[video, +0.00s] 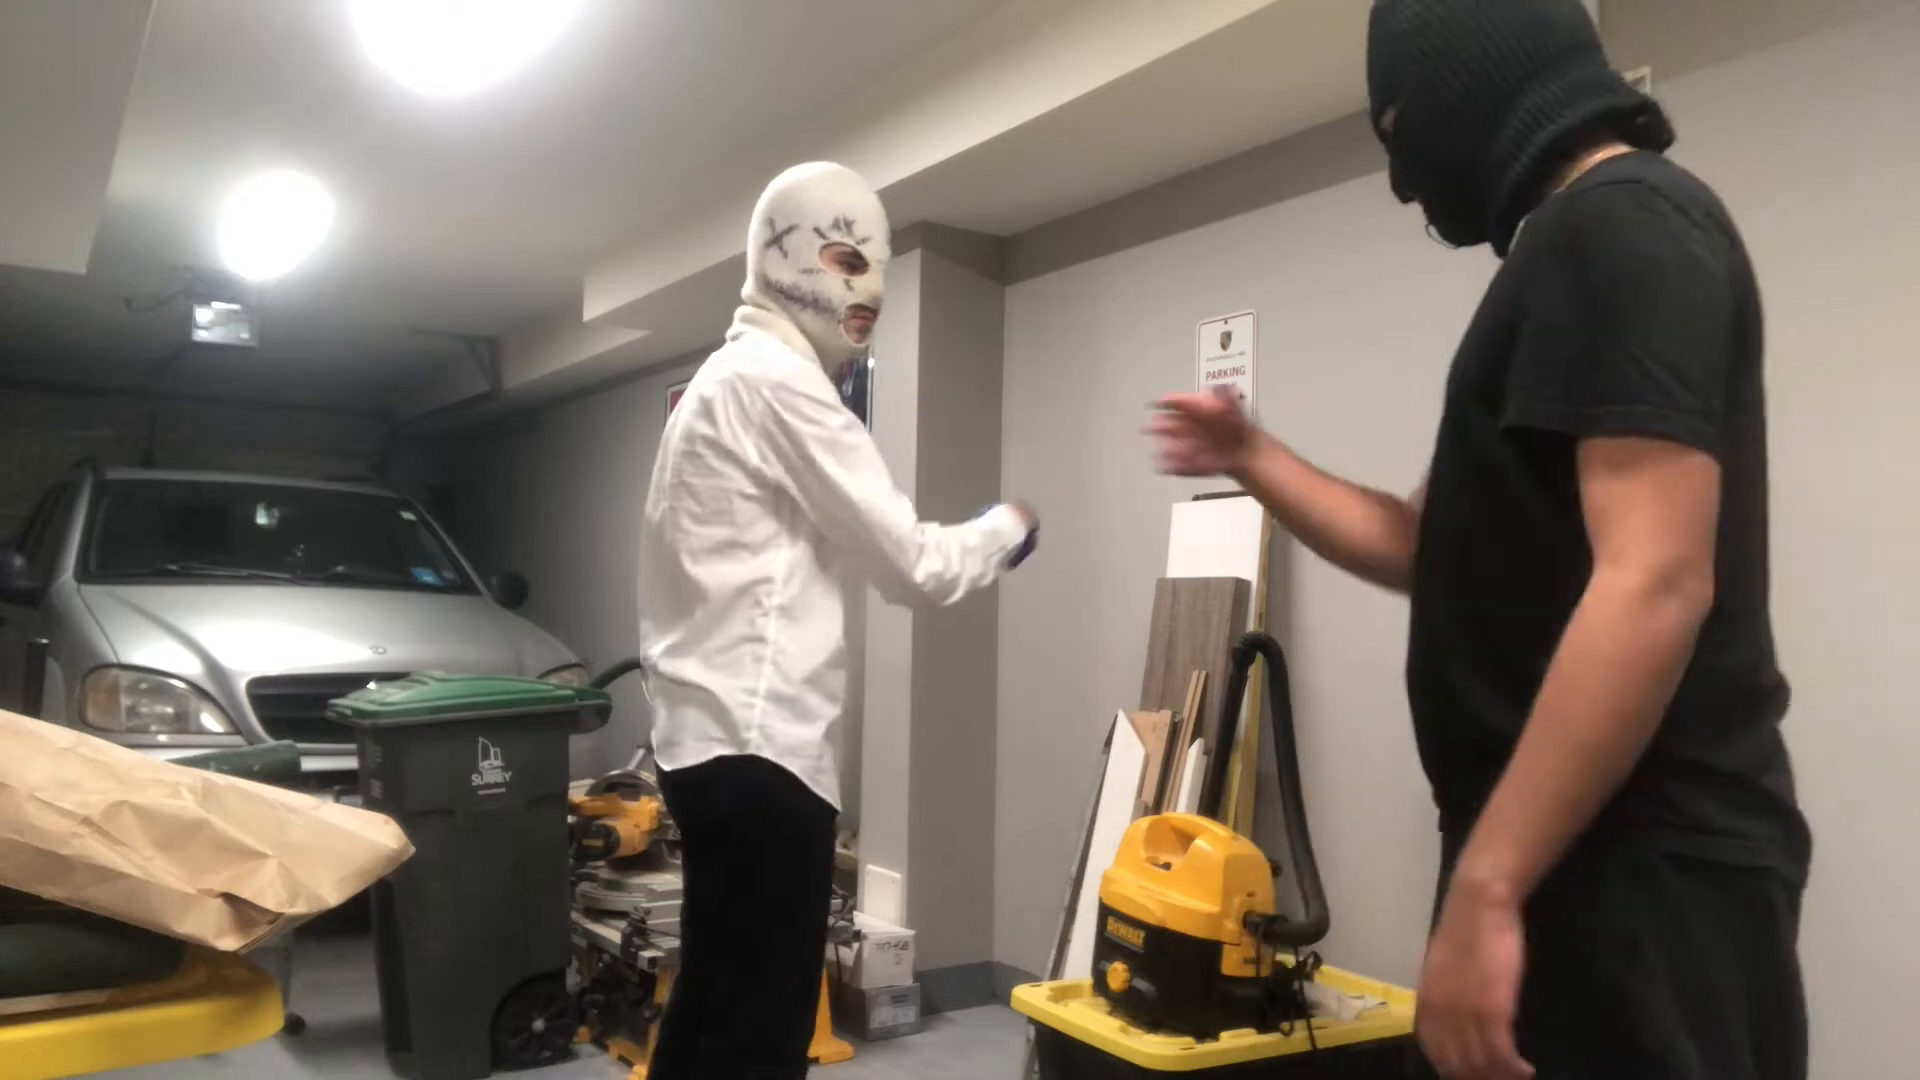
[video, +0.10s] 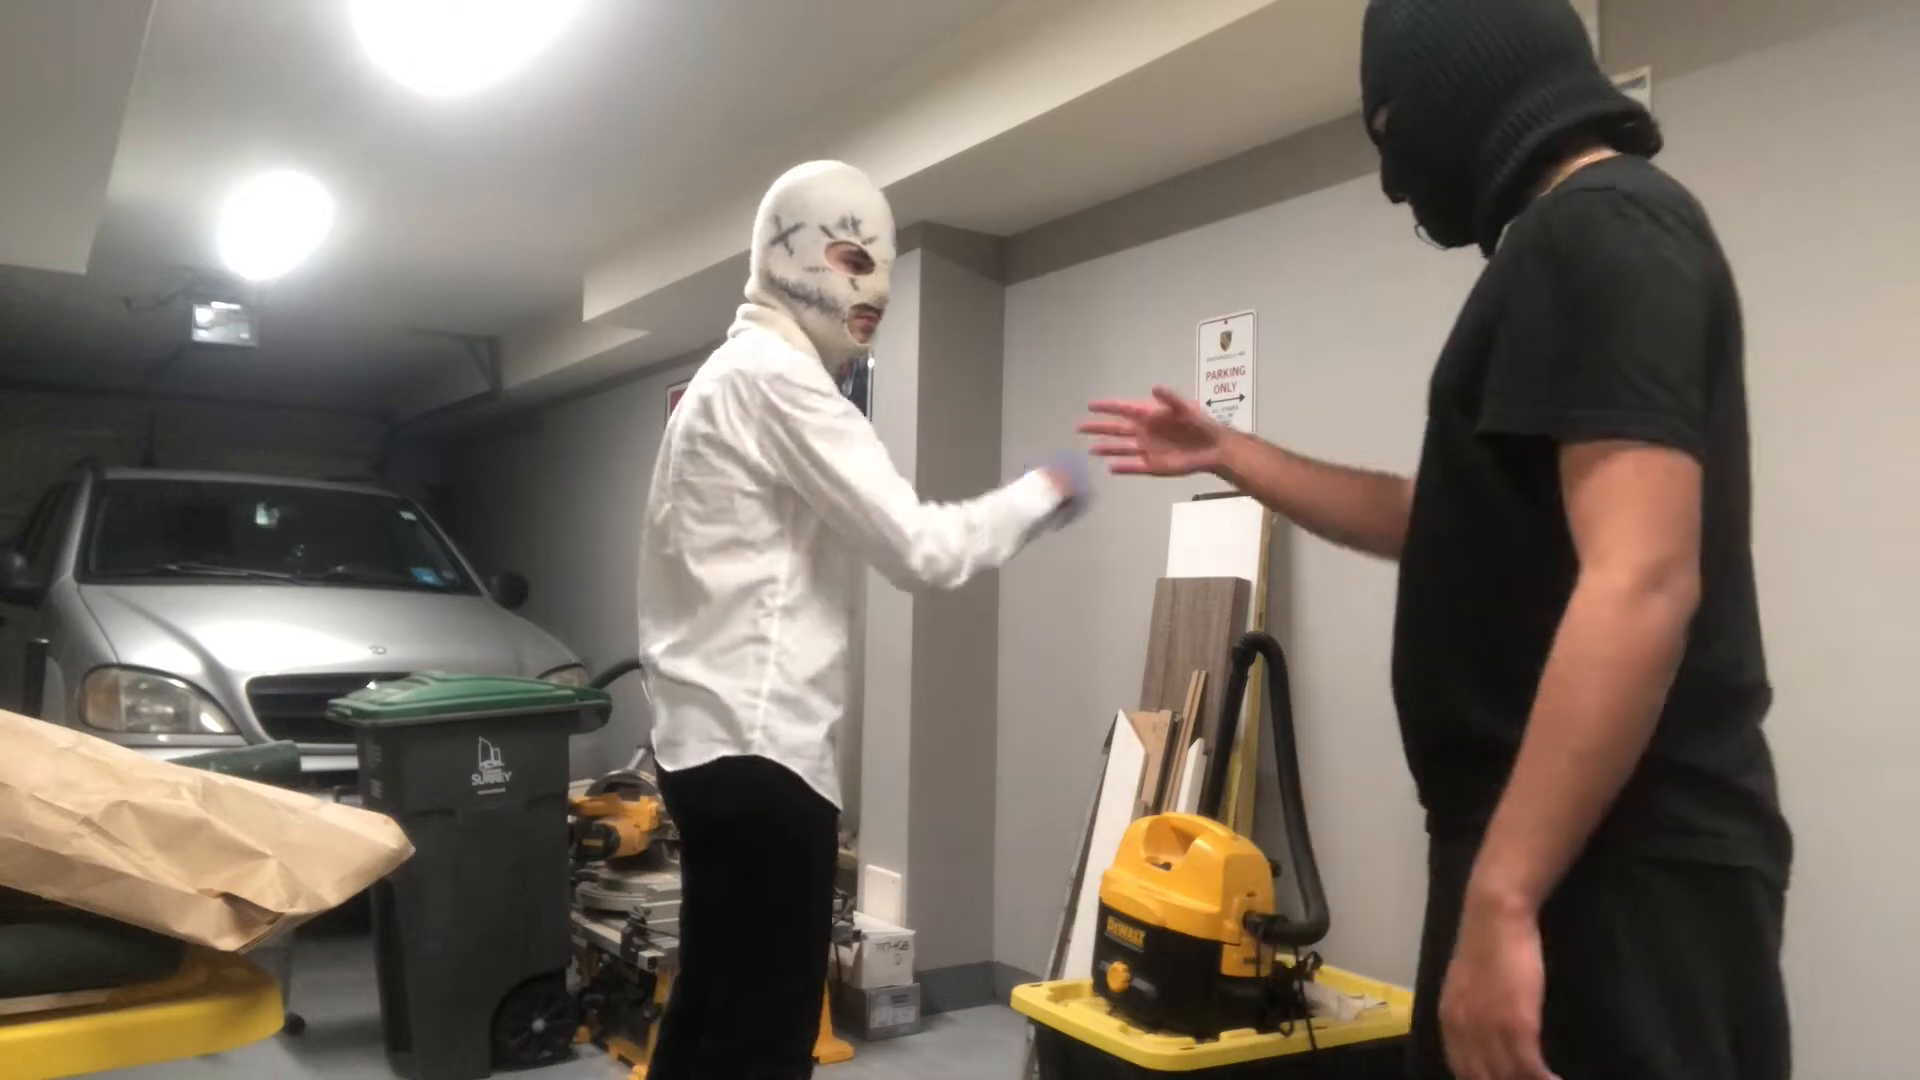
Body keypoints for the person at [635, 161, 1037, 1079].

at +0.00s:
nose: (871, 284)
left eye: (877, 263)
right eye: (849, 258)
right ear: (788, 260)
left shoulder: (730, 376)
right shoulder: (774, 380)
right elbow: (918, 566)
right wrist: (1005, 529)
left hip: (715, 742)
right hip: (760, 748)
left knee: (720, 1018)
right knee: (759, 1030)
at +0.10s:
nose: (879, 292)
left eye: (880, 267)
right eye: (863, 264)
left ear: (790, 262)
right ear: (809, 260)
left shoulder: (731, 372)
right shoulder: (776, 377)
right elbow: (924, 551)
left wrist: (843, 389)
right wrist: (1044, 489)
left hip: (711, 741)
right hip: (759, 747)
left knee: (714, 1015)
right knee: (765, 1029)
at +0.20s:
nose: (880, 287)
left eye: (886, 265)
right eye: (859, 259)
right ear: (799, 259)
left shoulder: (748, 369)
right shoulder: (772, 373)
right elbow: (912, 528)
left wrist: (839, 391)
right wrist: (1081, 454)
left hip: (729, 741)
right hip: (760, 746)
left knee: (726, 1019)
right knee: (758, 1030)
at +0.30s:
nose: (887, 295)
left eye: (892, 271)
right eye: (868, 264)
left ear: (806, 267)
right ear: (807, 260)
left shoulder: (755, 367)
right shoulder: (774, 370)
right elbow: (862, 545)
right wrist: (1044, 466)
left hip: (727, 746)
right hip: (759, 751)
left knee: (725, 1022)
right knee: (759, 1035)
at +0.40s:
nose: (891, 294)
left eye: (896, 270)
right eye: (873, 263)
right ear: (810, 258)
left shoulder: (779, 369)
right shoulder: (771, 369)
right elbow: (827, 544)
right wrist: (1012, 467)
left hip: (755, 752)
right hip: (753, 757)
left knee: (734, 1025)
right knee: (752, 1033)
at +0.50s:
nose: (893, 290)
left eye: (897, 266)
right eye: (875, 260)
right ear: (812, 254)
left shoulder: (796, 368)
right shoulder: (769, 364)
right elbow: (831, 502)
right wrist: (979, 385)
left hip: (768, 743)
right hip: (747, 748)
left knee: (738, 1014)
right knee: (749, 1021)